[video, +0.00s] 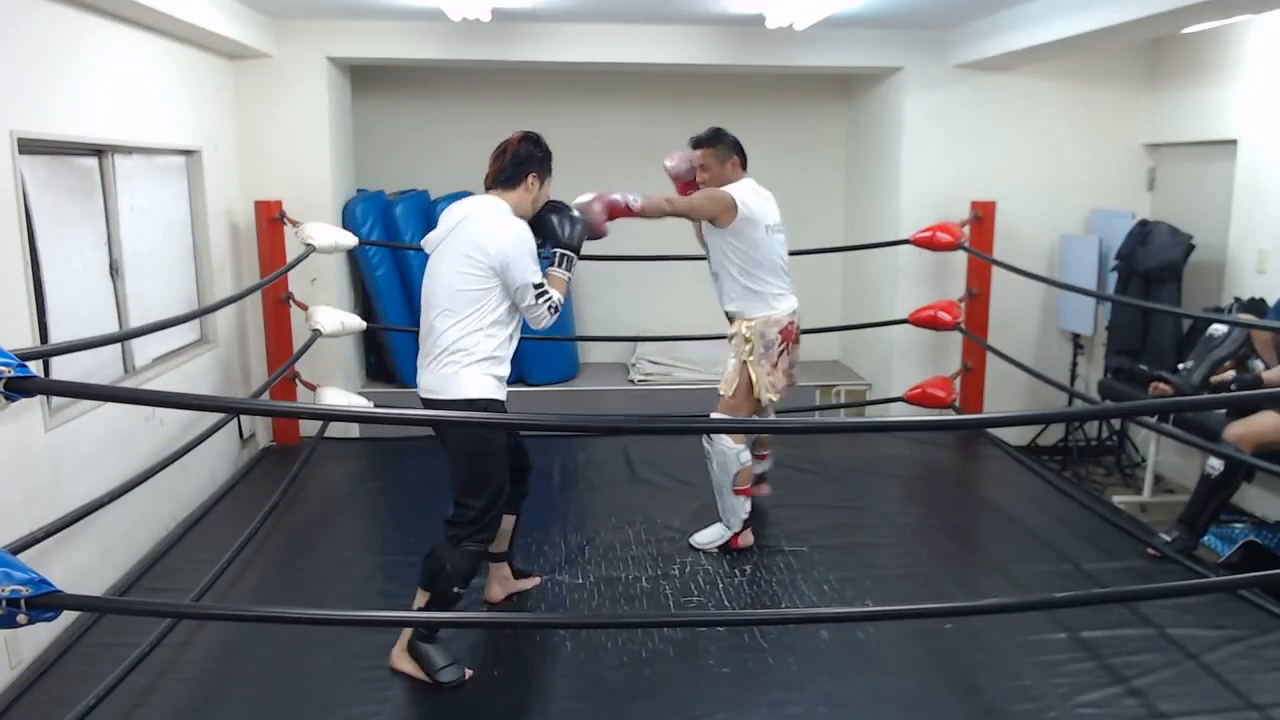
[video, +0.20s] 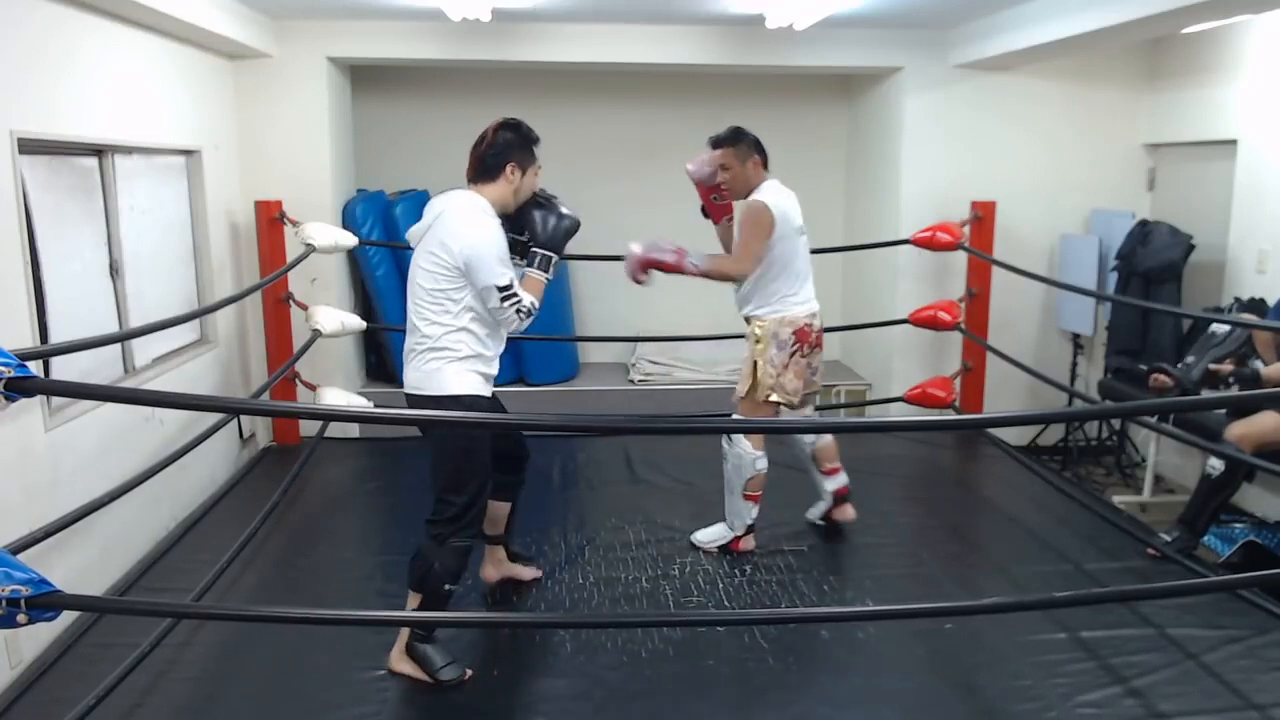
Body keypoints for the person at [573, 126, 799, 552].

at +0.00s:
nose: (698, 179)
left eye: (705, 168)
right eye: (696, 170)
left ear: (733, 165)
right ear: (739, 168)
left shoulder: (728, 199)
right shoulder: (760, 197)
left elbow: (669, 206)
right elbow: (715, 243)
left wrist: (612, 204)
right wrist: (685, 186)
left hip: (757, 327)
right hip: (778, 322)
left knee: (723, 432)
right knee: (758, 407)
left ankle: (735, 526)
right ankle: (758, 474)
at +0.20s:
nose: (720, 179)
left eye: (727, 168)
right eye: (717, 171)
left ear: (755, 163)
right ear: (758, 167)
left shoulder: (760, 205)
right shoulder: (779, 198)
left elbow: (738, 267)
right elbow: (738, 255)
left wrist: (679, 261)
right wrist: (712, 198)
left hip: (776, 332)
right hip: (801, 326)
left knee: (746, 429)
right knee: (801, 417)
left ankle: (740, 529)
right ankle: (839, 501)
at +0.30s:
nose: (737, 186)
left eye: (743, 176)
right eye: (734, 178)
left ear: (773, 171)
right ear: (770, 175)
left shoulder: (780, 217)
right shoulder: (782, 207)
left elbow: (779, 286)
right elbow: (736, 252)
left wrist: (720, 280)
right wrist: (722, 208)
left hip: (797, 342)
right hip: (813, 337)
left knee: (738, 430)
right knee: (817, 425)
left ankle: (739, 529)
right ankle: (848, 510)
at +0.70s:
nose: (721, 201)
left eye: (726, 192)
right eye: (720, 193)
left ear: (754, 186)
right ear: (765, 189)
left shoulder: (741, 222)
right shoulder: (807, 223)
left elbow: (668, 219)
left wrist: (604, 199)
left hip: (791, 363)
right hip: (837, 357)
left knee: (716, 452)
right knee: (837, 437)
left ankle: (696, 565)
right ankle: (854, 513)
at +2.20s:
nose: (648, 188)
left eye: (650, 178)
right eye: (651, 178)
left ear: (664, 179)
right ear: (706, 181)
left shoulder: (635, 243)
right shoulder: (750, 240)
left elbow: (602, 324)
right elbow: (775, 312)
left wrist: (595, 306)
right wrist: (732, 262)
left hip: (636, 408)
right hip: (709, 415)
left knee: (608, 501)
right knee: (724, 554)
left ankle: (582, 612)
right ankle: (719, 694)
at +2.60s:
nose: (583, 180)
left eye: (584, 173)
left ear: (591, 176)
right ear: (641, 179)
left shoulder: (557, 228)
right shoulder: (659, 236)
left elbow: (529, 300)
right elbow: (693, 322)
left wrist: (582, 278)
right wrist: (695, 273)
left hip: (535, 381)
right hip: (587, 396)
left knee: (556, 471)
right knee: (602, 531)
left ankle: (527, 565)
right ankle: (567, 663)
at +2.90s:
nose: (569, 189)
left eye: (566, 181)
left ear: (566, 186)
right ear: (617, 193)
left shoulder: (533, 229)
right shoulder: (625, 248)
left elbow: (499, 233)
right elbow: (660, 329)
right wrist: (671, 285)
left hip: (502, 382)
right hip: (554, 398)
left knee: (524, 470)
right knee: (615, 514)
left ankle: (497, 560)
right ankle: (575, 633)